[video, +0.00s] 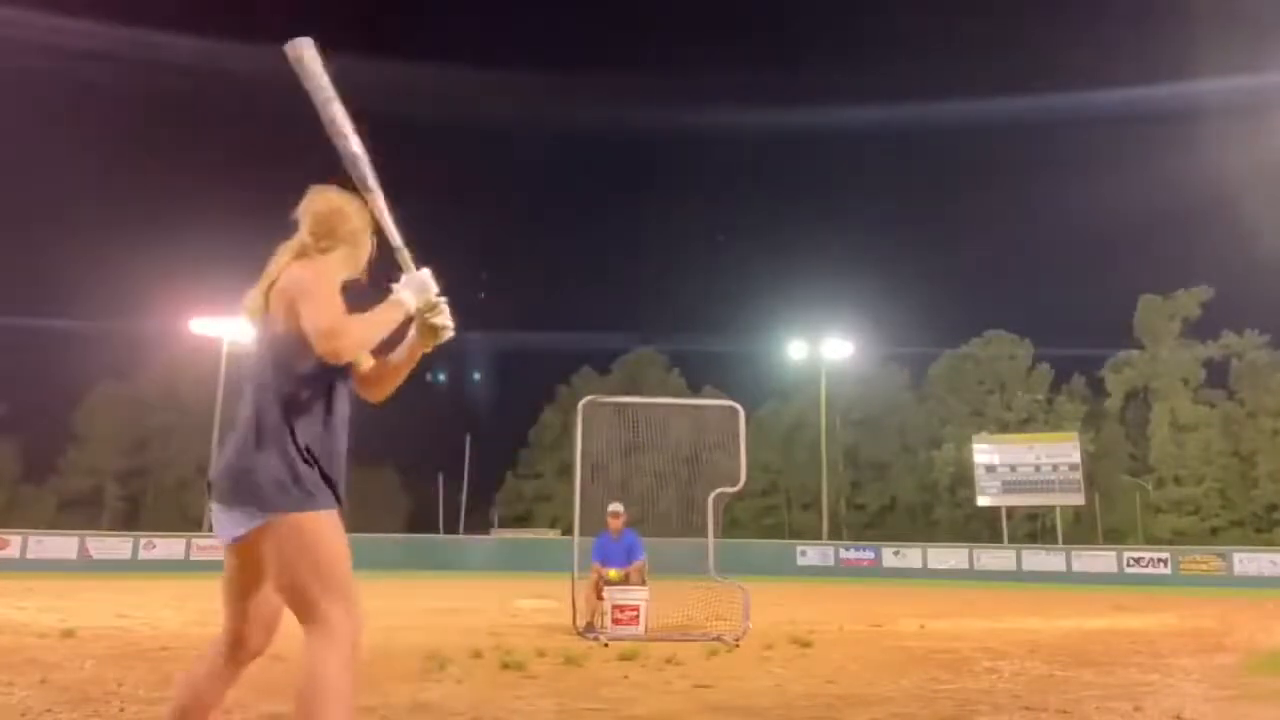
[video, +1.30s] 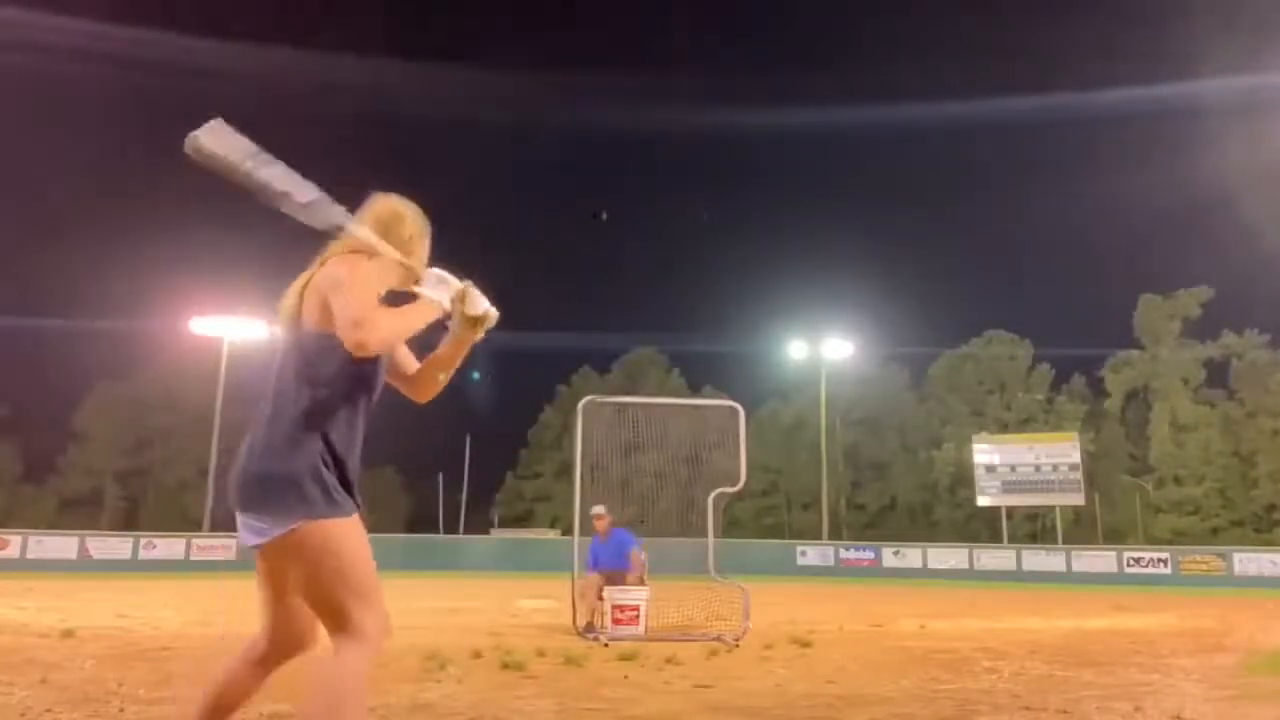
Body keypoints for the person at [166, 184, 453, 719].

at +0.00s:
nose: (369, 254)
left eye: (370, 243)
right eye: (367, 242)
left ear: (311, 231)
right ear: (352, 236)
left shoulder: (294, 285)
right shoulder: (310, 274)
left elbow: (373, 386)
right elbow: (334, 342)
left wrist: (417, 342)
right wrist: (401, 300)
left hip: (249, 476)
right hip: (284, 477)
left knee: (243, 638)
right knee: (335, 624)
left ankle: (179, 713)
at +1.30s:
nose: (413, 274)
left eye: (415, 266)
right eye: (415, 261)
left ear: (363, 233)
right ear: (404, 247)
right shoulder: (354, 266)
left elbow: (420, 386)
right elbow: (363, 335)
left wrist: (465, 335)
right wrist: (436, 301)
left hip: (271, 475)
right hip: (299, 475)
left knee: (287, 635)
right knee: (363, 629)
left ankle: (203, 713)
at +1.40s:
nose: (426, 281)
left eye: (429, 272)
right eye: (427, 267)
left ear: (390, 240)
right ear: (411, 248)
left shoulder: (377, 309)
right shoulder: (353, 268)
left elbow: (424, 391)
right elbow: (365, 333)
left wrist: (470, 348)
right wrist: (445, 309)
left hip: (307, 477)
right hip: (293, 475)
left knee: (332, 634)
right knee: (369, 630)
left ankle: (242, 712)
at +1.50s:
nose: (442, 286)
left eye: (446, 277)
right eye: (443, 272)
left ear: (406, 255)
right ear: (426, 257)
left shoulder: (396, 315)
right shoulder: (362, 272)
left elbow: (427, 398)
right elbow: (353, 335)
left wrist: (468, 358)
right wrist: (446, 318)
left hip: (335, 484)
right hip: (289, 485)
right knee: (369, 629)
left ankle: (298, 709)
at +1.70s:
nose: (460, 293)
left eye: (464, 284)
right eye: (462, 280)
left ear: (421, 258)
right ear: (443, 268)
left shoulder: (423, 324)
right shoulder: (375, 282)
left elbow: (436, 405)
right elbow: (331, 339)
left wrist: (460, 366)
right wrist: (429, 325)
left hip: (355, 488)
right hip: (304, 493)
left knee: (446, 581)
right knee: (376, 628)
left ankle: (379, 706)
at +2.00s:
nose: (509, 333)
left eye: (510, 322)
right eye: (506, 319)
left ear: (474, 317)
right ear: (481, 312)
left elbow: (484, 403)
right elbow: (308, 317)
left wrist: (453, 334)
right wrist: (396, 302)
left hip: (412, 524)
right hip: (349, 523)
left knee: (457, 627)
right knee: (394, 641)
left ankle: (411, 704)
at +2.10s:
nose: (509, 357)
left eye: (510, 347)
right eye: (507, 345)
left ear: (475, 339)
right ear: (486, 338)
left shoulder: (472, 389)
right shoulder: (411, 368)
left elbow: (503, 429)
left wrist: (463, 367)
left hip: (410, 542)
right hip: (368, 544)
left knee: (453, 634)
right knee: (422, 652)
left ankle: (421, 706)